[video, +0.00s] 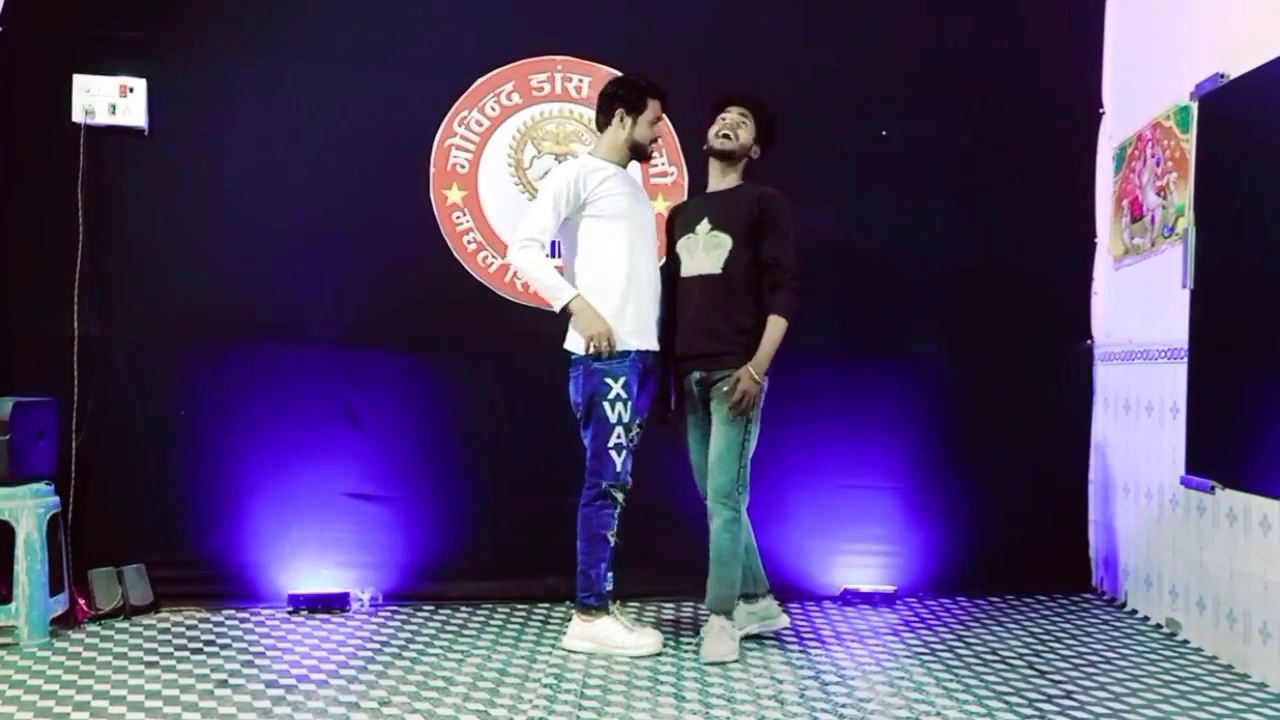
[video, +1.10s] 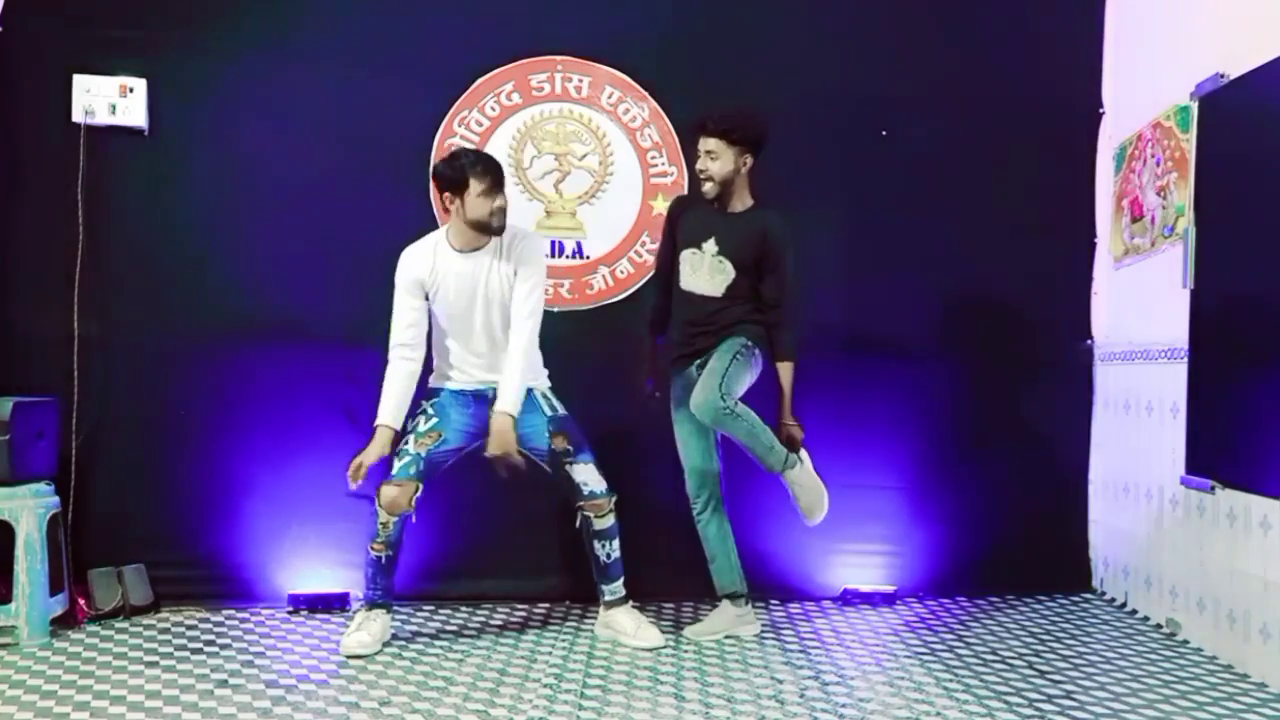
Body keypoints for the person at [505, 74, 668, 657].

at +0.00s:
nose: (661, 130)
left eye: (661, 121)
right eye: (655, 119)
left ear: (626, 118)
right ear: (622, 116)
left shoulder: (631, 183)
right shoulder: (578, 173)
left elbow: (637, 265)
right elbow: (524, 250)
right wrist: (581, 307)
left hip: (636, 352)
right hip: (603, 355)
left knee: (612, 483)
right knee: (607, 483)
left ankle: (599, 610)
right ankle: (590, 616)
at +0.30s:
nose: (644, 127)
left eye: (650, 118)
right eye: (634, 117)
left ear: (651, 120)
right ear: (604, 116)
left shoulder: (654, 187)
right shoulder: (563, 171)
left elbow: (674, 252)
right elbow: (507, 239)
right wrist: (542, 290)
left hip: (632, 349)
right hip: (576, 343)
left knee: (609, 478)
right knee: (569, 474)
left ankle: (598, 608)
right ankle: (553, 614)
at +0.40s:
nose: (624, 118)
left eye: (630, 108)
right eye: (612, 109)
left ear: (637, 115)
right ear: (586, 114)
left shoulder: (650, 186)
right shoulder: (553, 174)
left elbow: (672, 254)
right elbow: (500, 242)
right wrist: (525, 290)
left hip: (621, 346)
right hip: (562, 337)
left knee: (606, 474)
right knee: (538, 457)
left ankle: (598, 607)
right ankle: (494, 596)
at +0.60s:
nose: (578, 112)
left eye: (586, 102)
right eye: (566, 104)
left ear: (599, 111)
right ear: (546, 116)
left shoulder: (623, 182)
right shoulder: (517, 177)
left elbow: (628, 247)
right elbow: (470, 237)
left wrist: (621, 296)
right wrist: (484, 296)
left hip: (592, 355)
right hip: (525, 348)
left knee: (615, 474)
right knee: (460, 463)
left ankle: (598, 607)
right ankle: (411, 585)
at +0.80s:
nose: (527, 183)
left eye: (537, 173)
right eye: (517, 171)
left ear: (550, 178)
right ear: (495, 174)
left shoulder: (570, 235)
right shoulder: (461, 232)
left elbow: (594, 289)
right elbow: (405, 282)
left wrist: (583, 345)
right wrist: (421, 347)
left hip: (547, 397)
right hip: (473, 392)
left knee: (608, 499)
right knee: (399, 487)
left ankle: (615, 609)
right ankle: (374, 608)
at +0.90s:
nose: (500, 246)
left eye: (509, 236)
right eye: (490, 236)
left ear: (522, 229)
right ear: (466, 226)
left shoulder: (547, 266)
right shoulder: (439, 268)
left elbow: (579, 330)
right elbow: (386, 322)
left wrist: (568, 388)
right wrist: (380, 386)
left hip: (531, 406)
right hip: (456, 403)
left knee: (592, 500)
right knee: (385, 490)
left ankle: (613, 610)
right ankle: (373, 611)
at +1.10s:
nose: (502, 202)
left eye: (503, 192)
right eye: (490, 194)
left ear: (504, 193)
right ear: (449, 201)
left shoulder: (526, 248)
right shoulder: (418, 260)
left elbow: (524, 338)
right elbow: (405, 351)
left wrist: (505, 414)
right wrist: (383, 433)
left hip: (523, 390)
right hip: (452, 394)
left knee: (594, 486)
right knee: (392, 495)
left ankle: (615, 607)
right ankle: (374, 610)